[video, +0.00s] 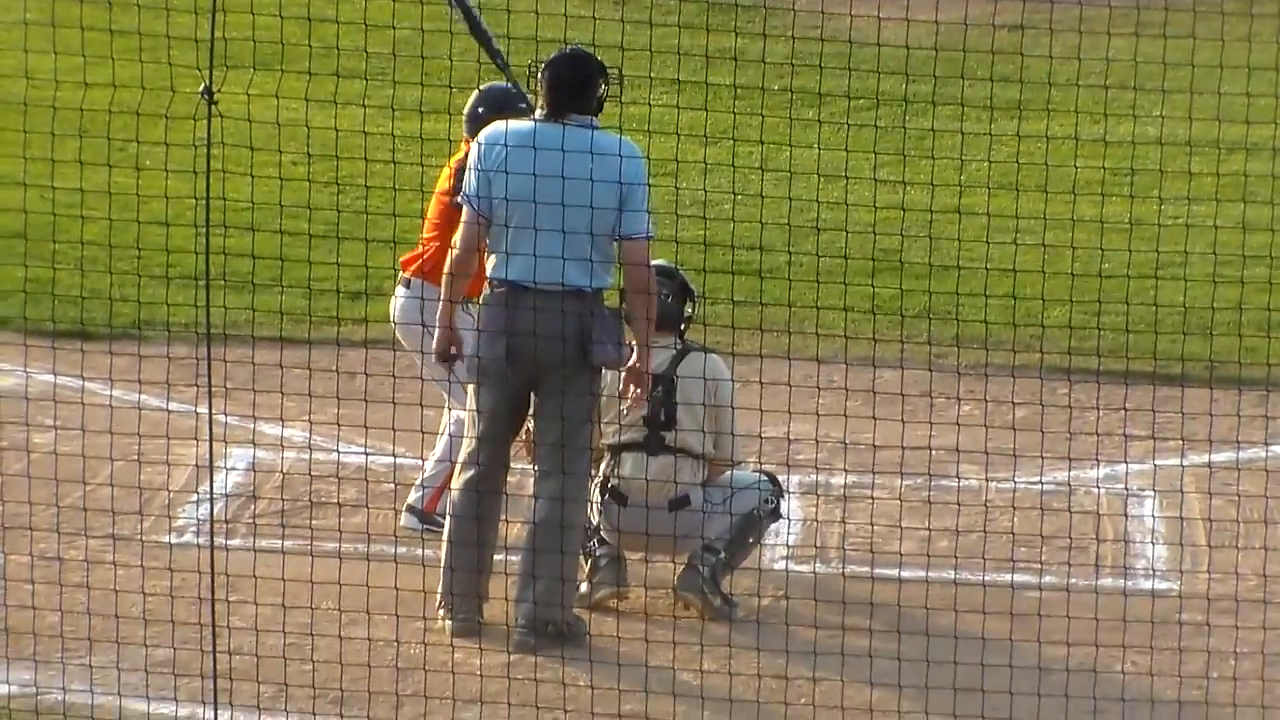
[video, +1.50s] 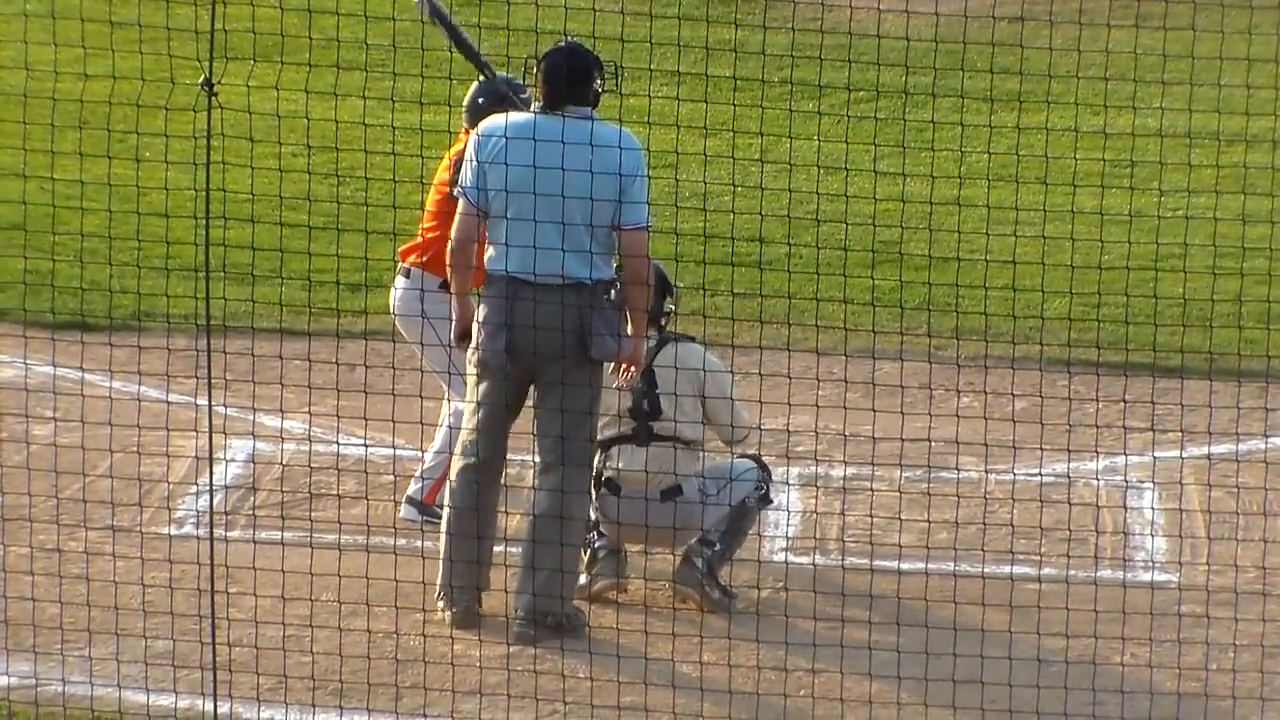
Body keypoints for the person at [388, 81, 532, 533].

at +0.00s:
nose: (523, 136)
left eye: (523, 127)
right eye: (518, 125)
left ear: (475, 124)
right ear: (498, 126)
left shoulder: (466, 163)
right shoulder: (476, 166)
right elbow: (472, 245)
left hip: (418, 300)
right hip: (433, 304)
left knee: (472, 401)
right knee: (480, 402)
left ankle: (431, 498)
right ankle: (428, 500)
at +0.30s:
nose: (524, 130)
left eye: (523, 122)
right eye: (519, 120)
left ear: (476, 118)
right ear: (501, 121)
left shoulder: (473, 157)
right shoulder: (476, 160)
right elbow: (473, 239)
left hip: (423, 296)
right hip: (429, 298)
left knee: (475, 396)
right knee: (480, 396)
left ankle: (432, 495)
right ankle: (428, 497)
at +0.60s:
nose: (524, 129)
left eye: (523, 122)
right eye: (519, 120)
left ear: (476, 117)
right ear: (502, 121)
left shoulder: (467, 154)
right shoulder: (478, 159)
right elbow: (477, 237)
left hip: (419, 294)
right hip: (434, 297)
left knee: (473, 394)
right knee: (480, 394)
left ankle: (431, 494)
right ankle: (427, 496)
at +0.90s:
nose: (525, 127)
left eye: (524, 119)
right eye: (520, 117)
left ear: (475, 115)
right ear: (501, 118)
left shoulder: (468, 152)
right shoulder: (477, 155)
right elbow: (472, 235)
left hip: (421, 292)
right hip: (432, 295)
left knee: (473, 392)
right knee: (479, 392)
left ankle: (431, 491)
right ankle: (427, 493)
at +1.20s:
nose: (524, 126)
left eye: (524, 117)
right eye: (519, 116)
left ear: (475, 113)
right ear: (499, 115)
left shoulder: (470, 150)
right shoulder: (475, 154)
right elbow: (469, 238)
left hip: (427, 290)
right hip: (428, 293)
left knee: (472, 391)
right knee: (476, 392)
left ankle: (432, 491)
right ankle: (426, 494)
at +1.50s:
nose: (524, 125)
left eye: (523, 116)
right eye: (519, 115)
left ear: (477, 114)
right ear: (501, 115)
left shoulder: (471, 151)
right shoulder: (475, 154)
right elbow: (464, 240)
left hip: (425, 290)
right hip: (428, 293)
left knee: (470, 391)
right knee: (474, 393)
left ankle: (433, 489)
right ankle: (427, 492)